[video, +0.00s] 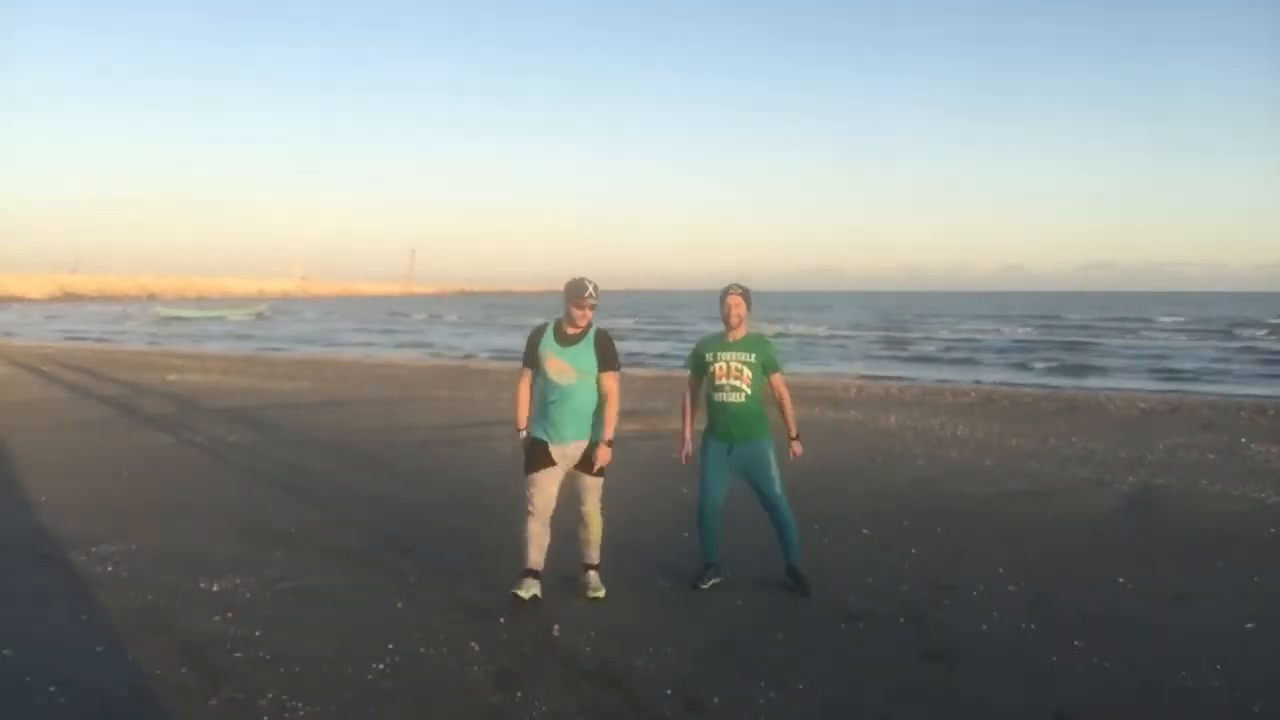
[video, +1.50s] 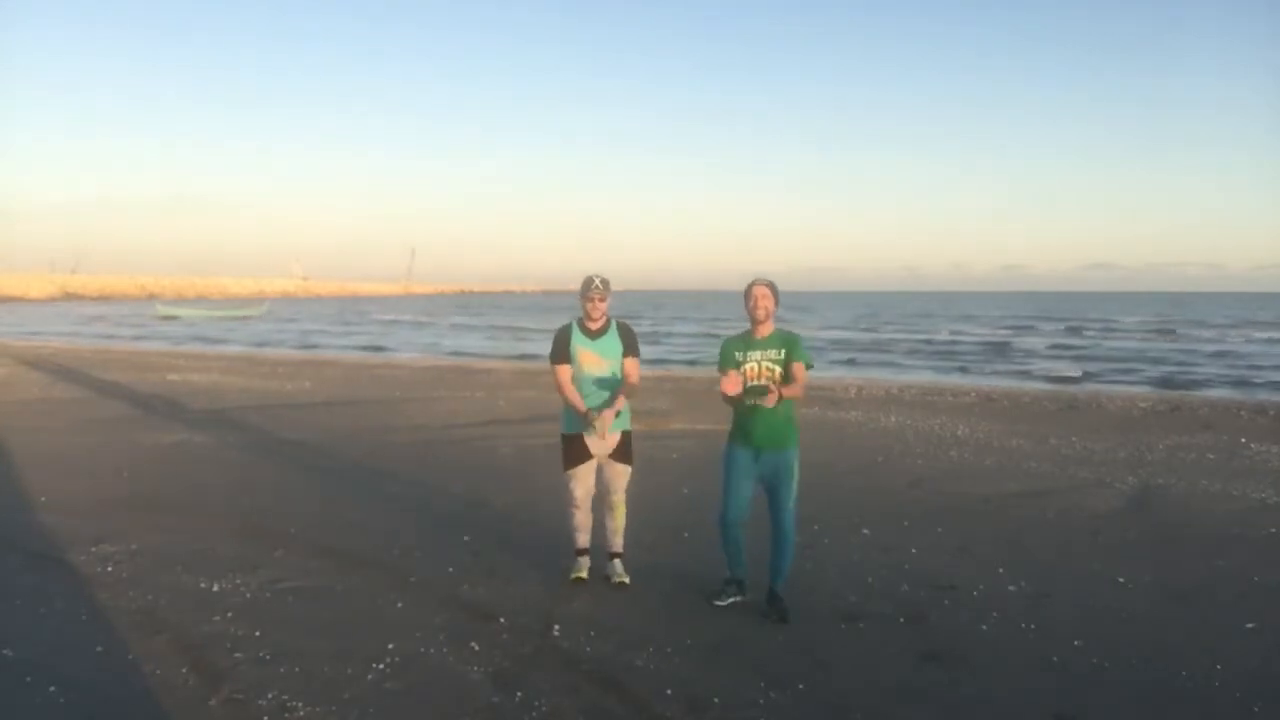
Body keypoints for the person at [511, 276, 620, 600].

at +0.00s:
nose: (583, 313)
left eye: (589, 307)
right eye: (578, 306)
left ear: (595, 309)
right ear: (565, 303)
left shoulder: (602, 342)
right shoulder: (541, 336)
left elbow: (611, 394)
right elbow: (525, 381)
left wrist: (606, 441)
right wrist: (522, 428)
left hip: (588, 443)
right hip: (544, 441)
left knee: (590, 510)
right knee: (537, 510)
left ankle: (592, 570)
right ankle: (531, 575)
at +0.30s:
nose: (585, 314)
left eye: (590, 309)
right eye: (580, 308)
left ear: (595, 309)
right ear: (568, 304)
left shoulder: (601, 339)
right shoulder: (539, 336)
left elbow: (622, 380)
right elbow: (518, 380)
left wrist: (640, 423)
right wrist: (507, 426)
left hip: (588, 435)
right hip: (546, 436)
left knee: (590, 505)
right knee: (544, 504)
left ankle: (592, 570)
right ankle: (542, 560)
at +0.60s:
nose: (565, 315)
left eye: (570, 310)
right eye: (560, 309)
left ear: (576, 309)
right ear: (547, 304)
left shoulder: (582, 336)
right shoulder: (525, 338)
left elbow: (599, 381)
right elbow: (510, 387)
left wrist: (609, 423)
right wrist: (514, 427)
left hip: (577, 430)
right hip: (538, 433)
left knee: (584, 497)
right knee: (540, 500)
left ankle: (591, 561)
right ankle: (540, 561)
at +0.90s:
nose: (564, 311)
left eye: (569, 306)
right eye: (559, 305)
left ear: (575, 306)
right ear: (547, 303)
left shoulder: (584, 334)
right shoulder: (527, 339)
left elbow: (600, 376)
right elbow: (509, 386)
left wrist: (605, 417)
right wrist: (506, 430)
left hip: (583, 429)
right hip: (542, 433)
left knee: (594, 494)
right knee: (542, 498)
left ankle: (607, 556)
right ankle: (540, 560)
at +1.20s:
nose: (581, 308)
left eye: (586, 302)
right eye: (576, 302)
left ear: (593, 304)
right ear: (566, 304)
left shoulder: (609, 336)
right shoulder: (551, 340)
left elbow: (628, 380)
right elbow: (533, 386)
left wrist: (641, 421)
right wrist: (523, 430)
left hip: (605, 433)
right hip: (564, 435)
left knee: (611, 498)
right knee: (555, 499)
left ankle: (614, 559)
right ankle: (543, 559)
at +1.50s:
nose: (595, 305)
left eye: (601, 300)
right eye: (590, 299)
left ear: (608, 301)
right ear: (581, 301)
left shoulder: (623, 332)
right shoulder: (565, 335)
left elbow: (632, 379)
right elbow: (564, 384)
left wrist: (612, 410)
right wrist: (587, 414)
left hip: (617, 426)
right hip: (578, 427)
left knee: (616, 496)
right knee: (580, 496)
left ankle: (615, 559)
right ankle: (581, 557)